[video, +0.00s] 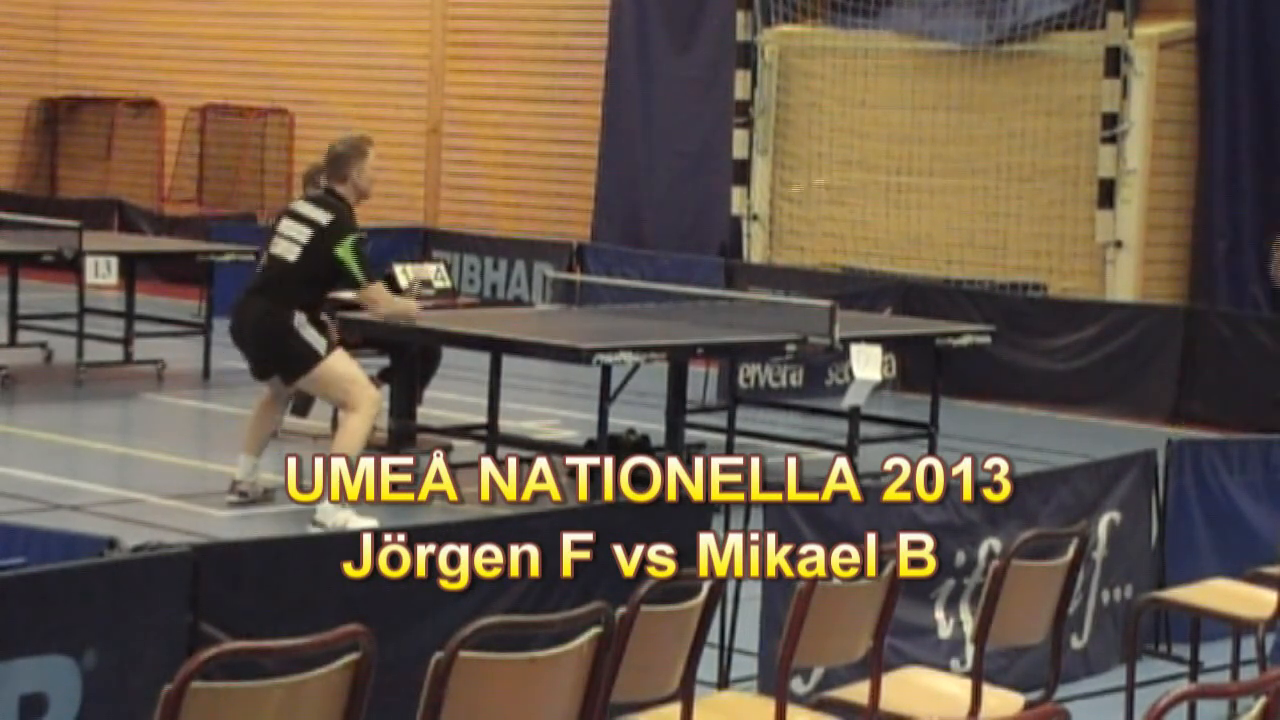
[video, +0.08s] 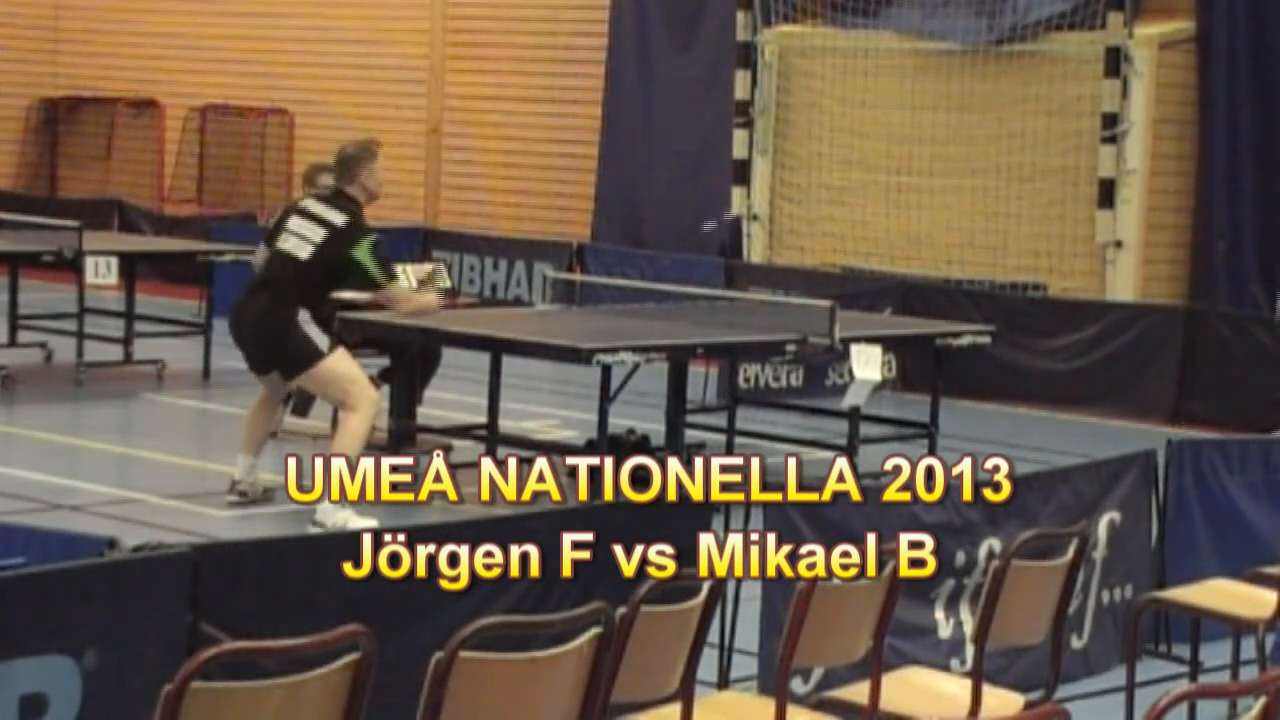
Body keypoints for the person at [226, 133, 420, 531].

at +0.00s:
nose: (375, 176)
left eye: (373, 169)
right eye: (370, 169)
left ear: (336, 173)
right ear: (351, 174)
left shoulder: (301, 205)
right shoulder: (340, 224)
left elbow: (296, 273)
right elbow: (376, 301)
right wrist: (406, 308)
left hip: (247, 316)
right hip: (280, 322)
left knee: (281, 389)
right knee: (364, 399)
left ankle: (246, 473)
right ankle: (333, 502)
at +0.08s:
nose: (383, 177)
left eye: (381, 171)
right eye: (378, 171)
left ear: (344, 174)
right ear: (362, 176)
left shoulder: (301, 204)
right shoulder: (353, 230)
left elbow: (263, 258)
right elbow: (396, 299)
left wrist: (313, 280)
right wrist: (428, 300)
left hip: (247, 313)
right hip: (282, 320)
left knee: (274, 392)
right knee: (363, 399)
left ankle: (244, 476)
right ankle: (332, 504)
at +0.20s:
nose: (400, 180)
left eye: (398, 173)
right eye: (396, 174)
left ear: (358, 176)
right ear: (385, 182)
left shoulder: (318, 197)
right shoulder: (377, 232)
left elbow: (257, 240)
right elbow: (425, 290)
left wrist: (268, 280)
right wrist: (466, 289)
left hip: (249, 301)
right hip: (289, 311)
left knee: (263, 388)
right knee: (360, 399)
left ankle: (244, 475)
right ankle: (333, 503)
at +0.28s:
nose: (410, 180)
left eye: (408, 173)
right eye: (406, 175)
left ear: (368, 176)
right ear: (392, 182)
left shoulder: (325, 195)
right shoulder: (389, 233)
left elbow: (260, 221)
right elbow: (441, 287)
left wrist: (249, 266)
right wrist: (482, 282)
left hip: (253, 295)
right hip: (296, 305)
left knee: (262, 388)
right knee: (360, 399)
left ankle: (243, 476)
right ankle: (332, 503)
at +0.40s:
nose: (418, 167)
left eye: (415, 160)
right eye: (414, 161)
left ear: (374, 164)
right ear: (401, 169)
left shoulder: (331, 180)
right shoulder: (397, 224)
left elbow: (271, 191)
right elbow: (442, 291)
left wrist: (234, 234)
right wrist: (470, 276)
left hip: (272, 287)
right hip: (315, 299)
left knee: (275, 383)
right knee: (383, 386)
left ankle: (248, 472)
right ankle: (352, 482)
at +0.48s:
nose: (422, 167)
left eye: (420, 160)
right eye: (418, 161)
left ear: (380, 162)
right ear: (405, 167)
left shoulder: (338, 181)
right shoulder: (400, 222)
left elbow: (278, 190)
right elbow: (438, 294)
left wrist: (238, 236)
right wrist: (453, 278)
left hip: (281, 288)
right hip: (325, 300)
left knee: (296, 370)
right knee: (400, 380)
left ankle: (256, 462)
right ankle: (380, 474)